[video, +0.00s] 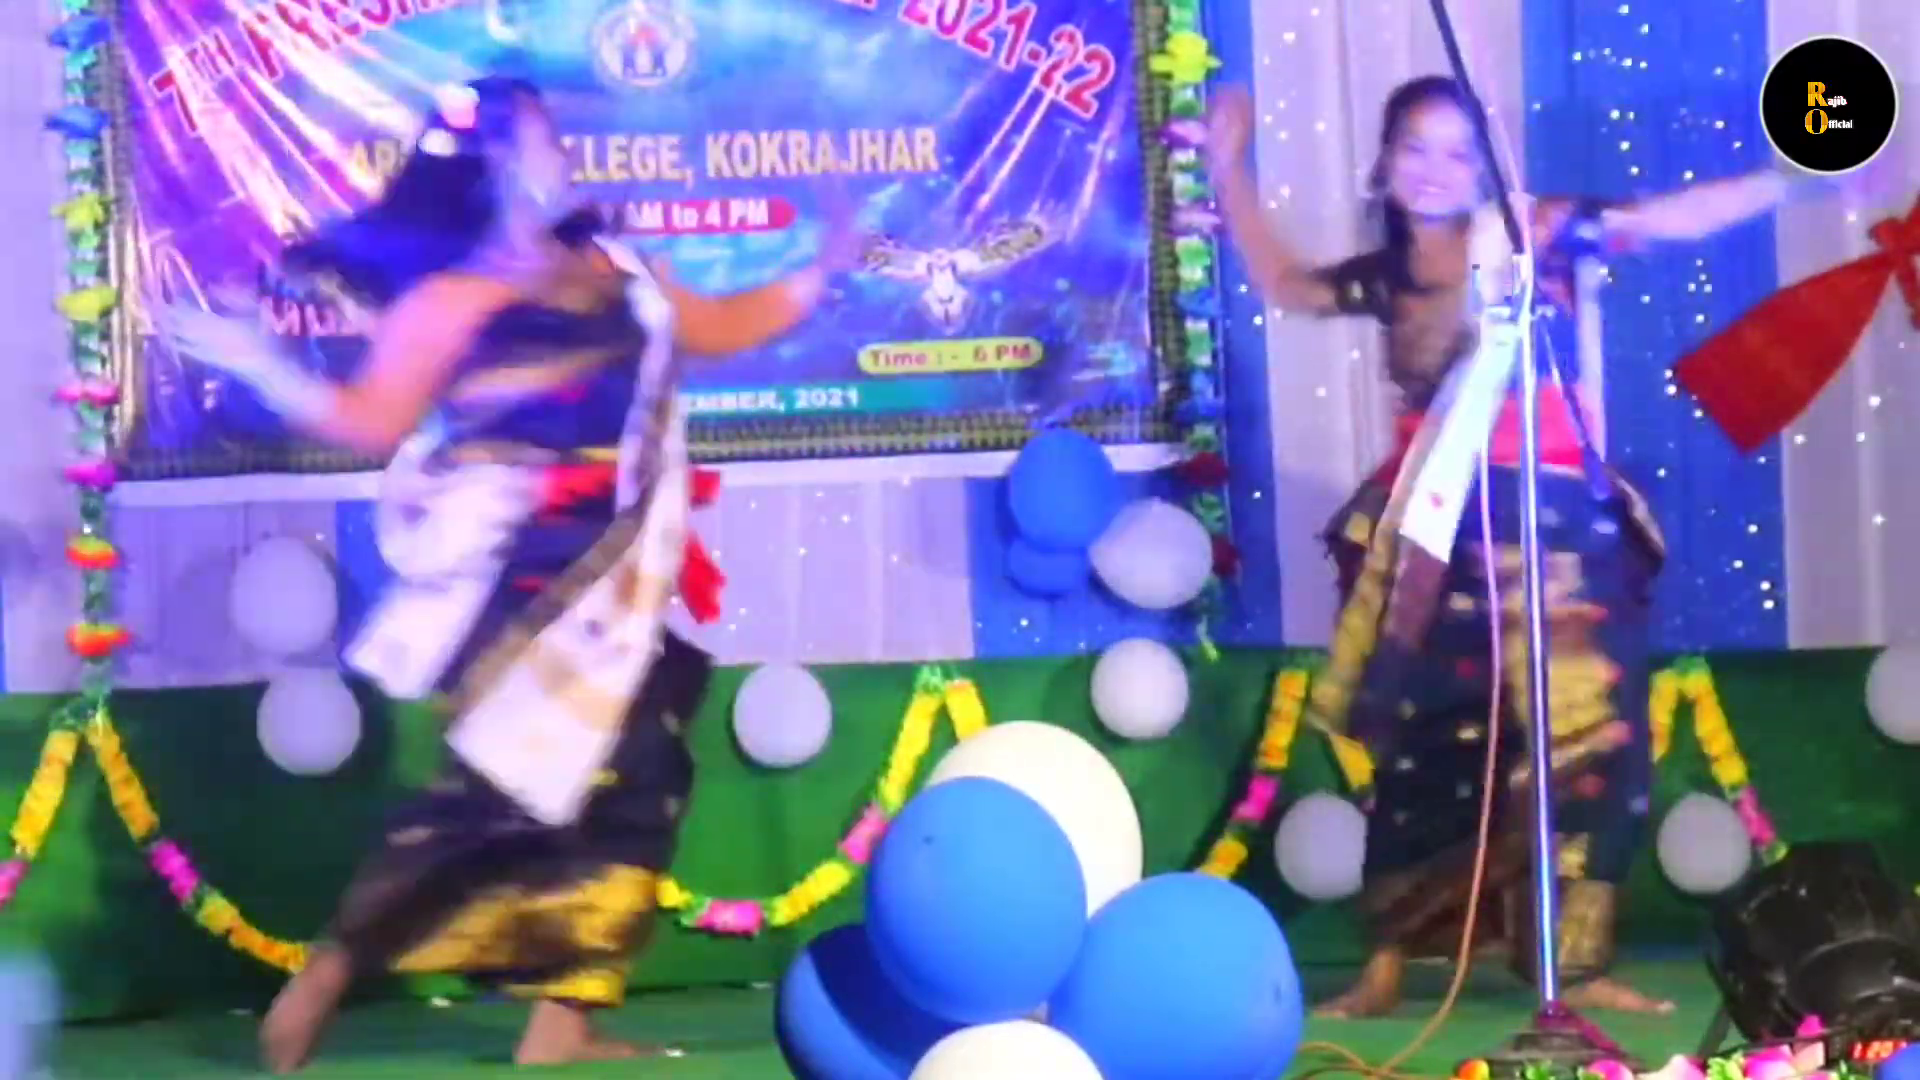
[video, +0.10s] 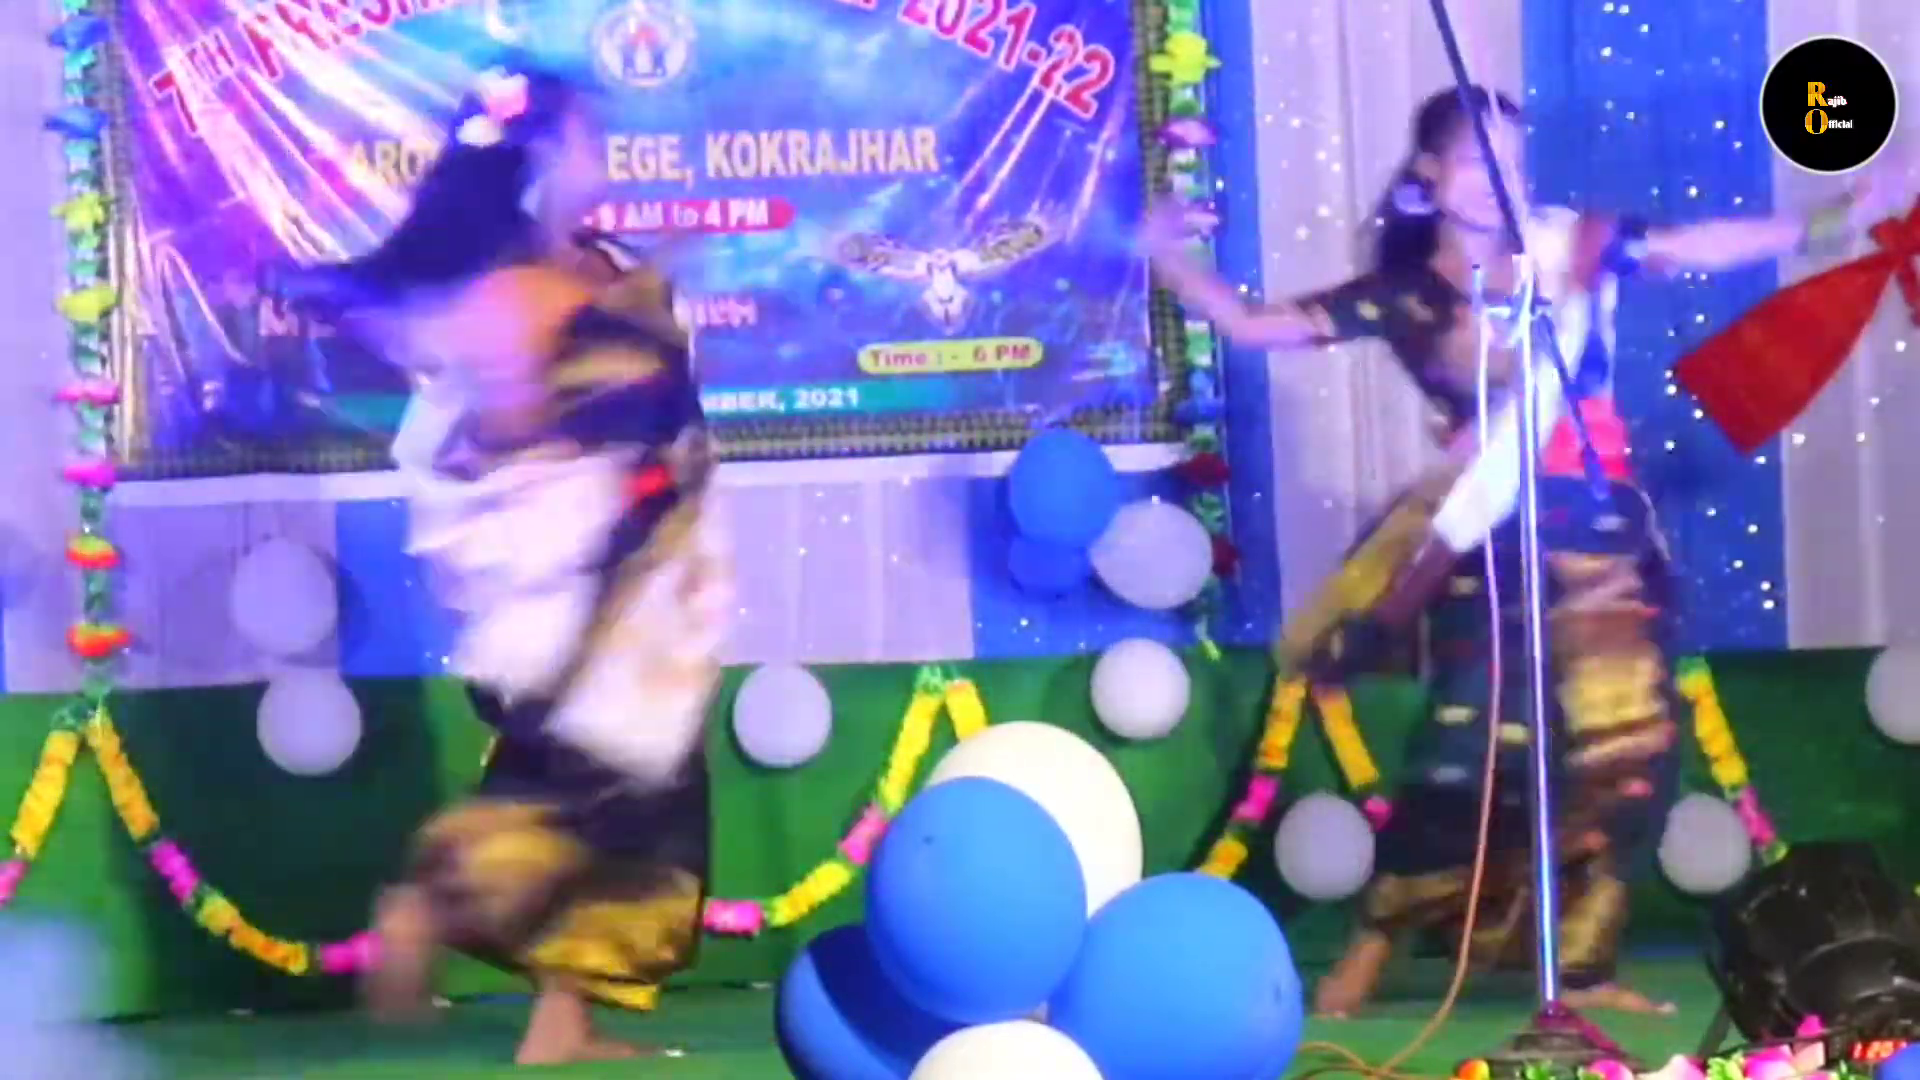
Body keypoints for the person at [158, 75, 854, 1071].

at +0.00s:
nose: (563, 160)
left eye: (557, 141)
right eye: (539, 145)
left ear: (560, 153)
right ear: (490, 173)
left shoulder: (625, 283)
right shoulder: (456, 301)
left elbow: (729, 326)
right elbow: (370, 424)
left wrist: (824, 265)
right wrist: (259, 363)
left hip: (618, 587)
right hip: (501, 585)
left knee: (636, 787)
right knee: (496, 795)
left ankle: (562, 1023)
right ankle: (327, 977)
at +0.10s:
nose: (598, 166)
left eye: (597, 146)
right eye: (584, 145)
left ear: (549, 153)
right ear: (532, 153)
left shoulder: (581, 271)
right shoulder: (505, 294)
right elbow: (508, 430)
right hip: (550, 570)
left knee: (624, 791)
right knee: (585, 782)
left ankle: (563, 1021)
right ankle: (429, 910)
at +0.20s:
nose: (630, 145)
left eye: (620, 129)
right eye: (622, 130)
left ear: (511, 134)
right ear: (607, 143)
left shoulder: (483, 245)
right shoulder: (629, 250)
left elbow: (388, 208)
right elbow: (729, 348)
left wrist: (362, 176)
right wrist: (841, 299)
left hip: (539, 543)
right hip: (657, 538)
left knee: (579, 765)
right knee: (735, 728)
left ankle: (581, 994)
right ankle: (663, 915)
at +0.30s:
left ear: (541, 115)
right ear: (670, 116)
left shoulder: (503, 219)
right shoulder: (706, 225)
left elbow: (359, 253)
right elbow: (817, 328)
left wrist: (261, 180)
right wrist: (941, 263)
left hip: (570, 514)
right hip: (697, 496)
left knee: (615, 751)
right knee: (737, 719)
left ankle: (692, 981)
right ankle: (780, 942)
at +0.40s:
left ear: (582, 118)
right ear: (703, 130)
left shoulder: (557, 226)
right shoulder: (733, 235)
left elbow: (444, 254)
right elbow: (820, 339)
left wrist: (334, 204)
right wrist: (875, 268)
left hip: (629, 523)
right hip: (736, 518)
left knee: (643, 753)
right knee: (742, 733)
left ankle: (747, 996)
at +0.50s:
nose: (585, 135)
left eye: (603, 117)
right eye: (592, 114)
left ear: (649, 136)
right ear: (679, 139)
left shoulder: (662, 243)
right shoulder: (655, 240)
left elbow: (569, 286)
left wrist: (473, 227)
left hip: (699, 539)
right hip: (666, 538)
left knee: (694, 769)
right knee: (682, 765)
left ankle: (764, 1002)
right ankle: (754, 997)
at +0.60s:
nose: (597, 166)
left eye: (617, 146)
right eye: (597, 144)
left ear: (681, 152)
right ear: (619, 150)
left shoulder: (739, 255)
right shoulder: (636, 279)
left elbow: (741, 329)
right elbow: (569, 393)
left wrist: (662, 267)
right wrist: (471, 339)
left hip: (730, 590)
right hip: (648, 592)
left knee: (728, 790)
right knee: (648, 790)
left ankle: (759, 1010)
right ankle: (726, 1005)